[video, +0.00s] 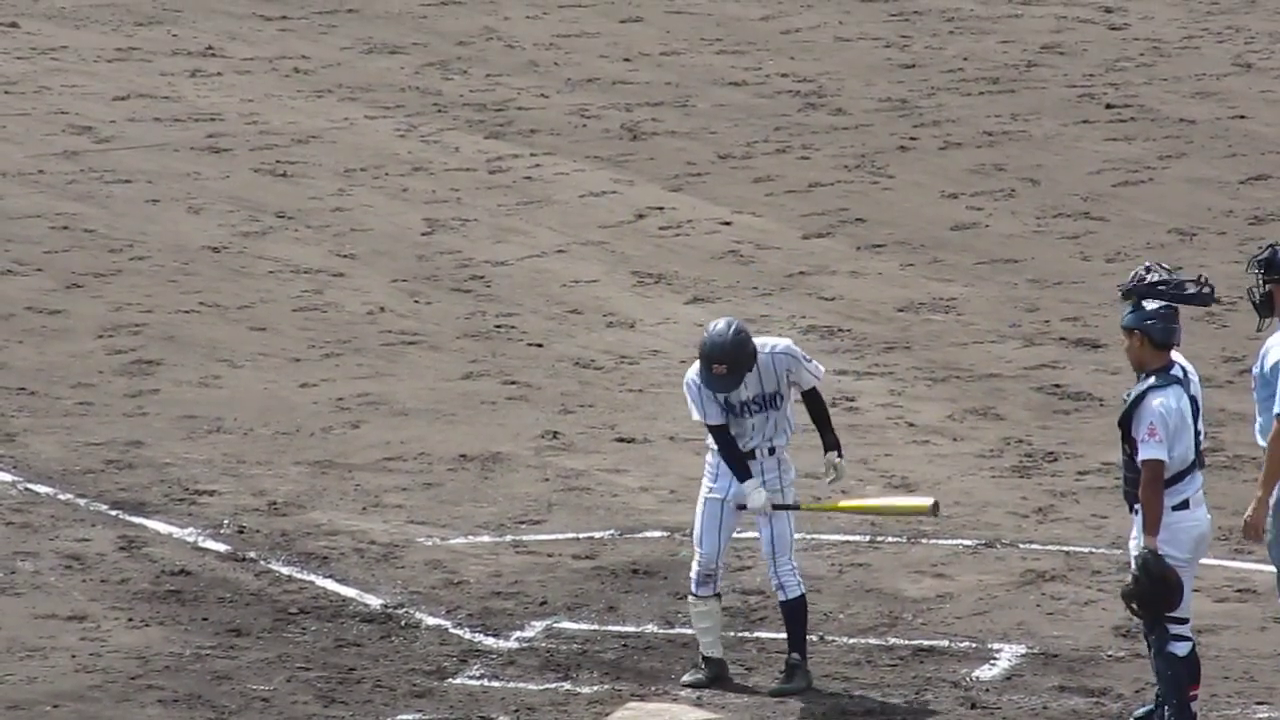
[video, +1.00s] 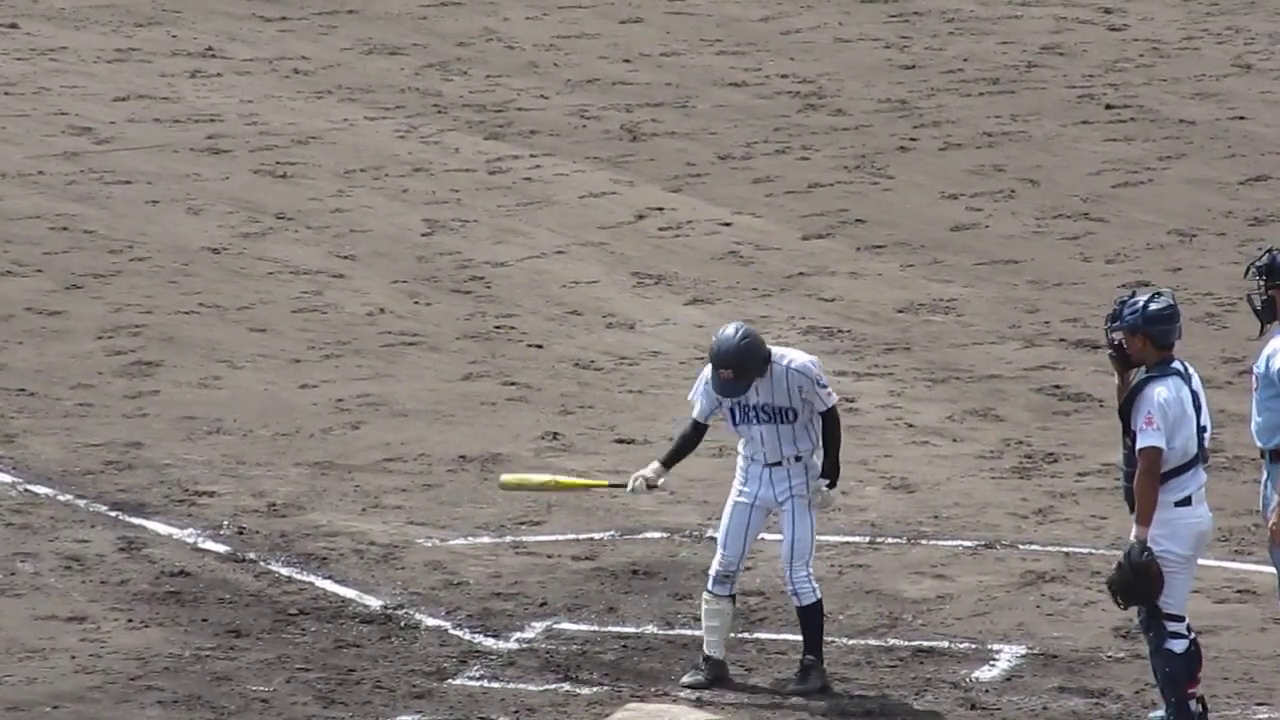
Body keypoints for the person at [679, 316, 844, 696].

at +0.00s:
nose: (719, 379)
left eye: (727, 372)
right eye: (713, 372)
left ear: (747, 359)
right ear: (705, 360)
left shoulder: (781, 355)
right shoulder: (698, 380)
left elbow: (811, 394)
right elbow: (722, 439)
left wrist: (832, 448)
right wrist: (749, 483)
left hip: (771, 469)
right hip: (722, 469)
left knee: (781, 568)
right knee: (704, 565)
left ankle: (797, 664)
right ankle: (711, 661)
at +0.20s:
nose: (684, 379)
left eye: (691, 371)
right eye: (679, 372)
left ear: (713, 355)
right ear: (674, 359)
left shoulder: (758, 354)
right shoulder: (676, 375)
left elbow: (792, 393)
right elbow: (677, 432)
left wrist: (802, 452)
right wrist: (671, 488)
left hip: (765, 465)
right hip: (716, 468)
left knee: (775, 565)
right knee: (703, 564)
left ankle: (795, 661)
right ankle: (711, 662)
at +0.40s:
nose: (670, 379)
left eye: (674, 371)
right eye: (665, 372)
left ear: (695, 356)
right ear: (667, 361)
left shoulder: (748, 355)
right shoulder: (673, 376)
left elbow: (788, 398)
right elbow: (654, 429)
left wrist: (786, 458)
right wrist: (619, 465)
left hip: (767, 466)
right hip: (721, 470)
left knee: (770, 563)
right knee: (707, 566)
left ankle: (807, 654)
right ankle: (712, 663)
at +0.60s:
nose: (666, 382)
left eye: (670, 375)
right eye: (662, 375)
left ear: (692, 362)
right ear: (668, 363)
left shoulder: (745, 359)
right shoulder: (674, 377)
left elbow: (788, 402)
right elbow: (638, 410)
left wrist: (787, 462)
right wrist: (586, 419)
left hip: (770, 467)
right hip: (725, 471)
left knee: (777, 567)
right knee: (708, 565)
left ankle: (812, 654)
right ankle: (712, 663)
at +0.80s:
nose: (684, 383)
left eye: (690, 376)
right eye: (681, 375)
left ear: (714, 365)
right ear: (682, 364)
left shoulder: (764, 364)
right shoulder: (692, 374)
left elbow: (806, 408)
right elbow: (654, 407)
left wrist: (803, 467)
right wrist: (605, 416)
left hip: (783, 471)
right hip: (739, 472)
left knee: (784, 570)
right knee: (715, 567)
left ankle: (810, 663)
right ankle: (714, 664)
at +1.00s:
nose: (727, 385)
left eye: (734, 379)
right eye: (722, 377)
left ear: (755, 366)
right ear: (717, 363)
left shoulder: (800, 370)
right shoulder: (717, 376)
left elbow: (829, 414)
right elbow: (696, 428)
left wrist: (829, 476)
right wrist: (659, 466)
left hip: (797, 474)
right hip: (750, 475)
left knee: (798, 573)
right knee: (724, 566)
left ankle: (813, 666)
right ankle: (712, 661)